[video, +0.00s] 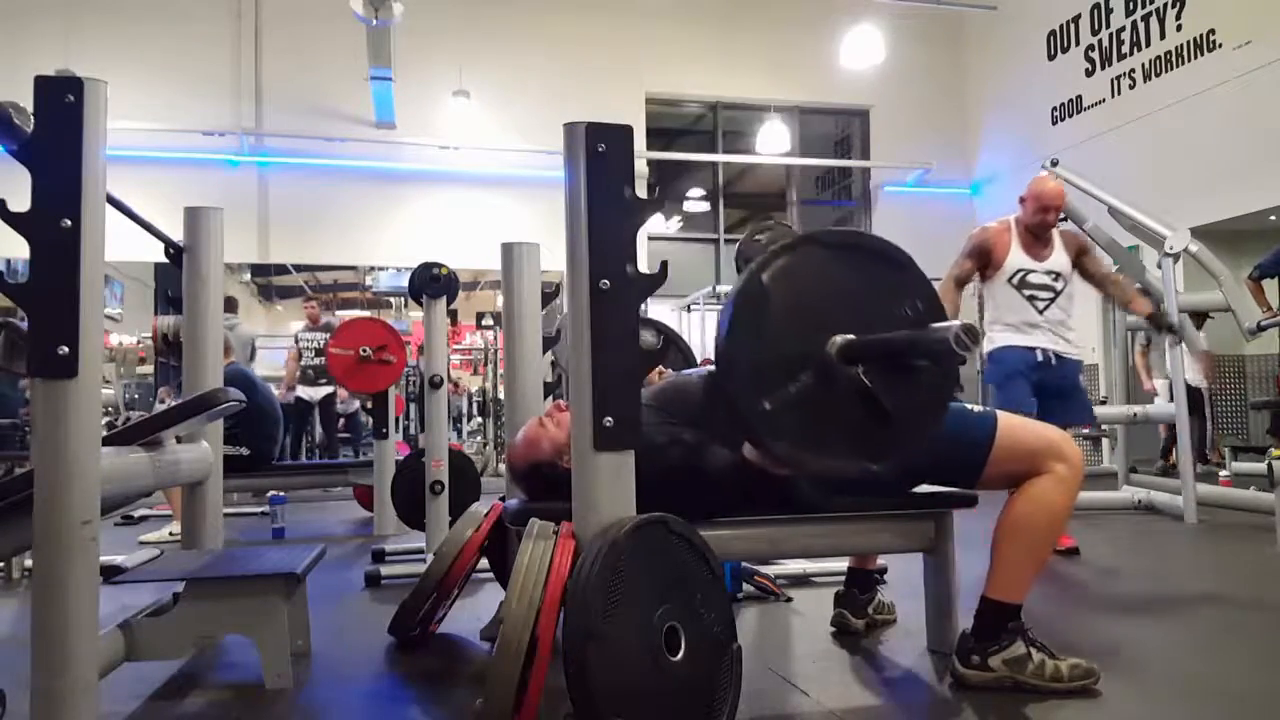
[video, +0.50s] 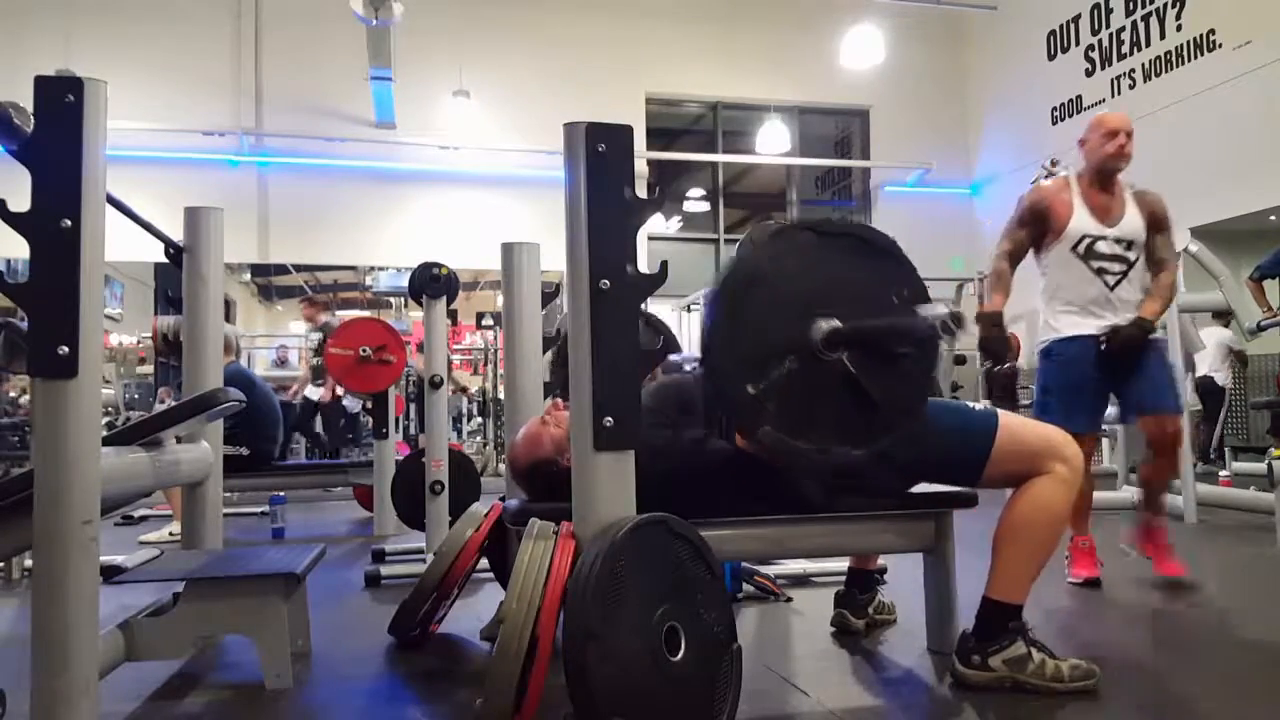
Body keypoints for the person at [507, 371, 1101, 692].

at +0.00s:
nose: (550, 407)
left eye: (539, 414)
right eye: (544, 424)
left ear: (557, 425)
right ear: (562, 454)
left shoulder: (617, 423)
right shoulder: (630, 451)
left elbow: (666, 383)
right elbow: (764, 460)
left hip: (800, 430)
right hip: (842, 441)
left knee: (902, 444)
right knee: (1058, 457)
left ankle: (858, 595)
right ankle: (992, 642)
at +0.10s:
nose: (553, 404)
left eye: (543, 410)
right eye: (548, 419)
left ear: (561, 450)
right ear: (566, 450)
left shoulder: (618, 435)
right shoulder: (640, 440)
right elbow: (761, 453)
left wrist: (657, 382)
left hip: (808, 430)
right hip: (850, 435)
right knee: (1059, 457)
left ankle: (858, 596)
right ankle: (991, 642)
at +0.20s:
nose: (555, 404)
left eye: (545, 409)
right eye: (549, 418)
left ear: (562, 450)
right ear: (566, 451)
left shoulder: (616, 434)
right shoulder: (638, 442)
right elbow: (764, 457)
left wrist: (656, 384)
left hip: (806, 432)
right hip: (845, 440)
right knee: (1059, 456)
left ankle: (858, 595)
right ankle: (992, 641)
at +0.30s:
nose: (555, 403)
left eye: (545, 410)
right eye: (549, 419)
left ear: (561, 449)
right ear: (564, 452)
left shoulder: (618, 432)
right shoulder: (635, 446)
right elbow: (762, 469)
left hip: (811, 428)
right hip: (844, 437)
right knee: (1060, 457)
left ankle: (857, 595)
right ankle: (992, 641)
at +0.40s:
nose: (555, 405)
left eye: (544, 410)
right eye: (548, 421)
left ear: (563, 428)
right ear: (564, 455)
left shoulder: (621, 425)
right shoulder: (630, 458)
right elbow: (757, 462)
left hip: (807, 430)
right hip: (840, 445)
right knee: (1059, 455)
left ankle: (858, 595)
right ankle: (994, 641)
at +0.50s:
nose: (552, 406)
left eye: (542, 413)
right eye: (546, 423)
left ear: (563, 422)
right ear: (564, 453)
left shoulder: (626, 419)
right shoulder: (627, 451)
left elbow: (721, 403)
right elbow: (738, 435)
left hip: (808, 428)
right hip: (843, 438)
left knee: (892, 444)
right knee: (1060, 457)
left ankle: (858, 597)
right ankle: (993, 639)